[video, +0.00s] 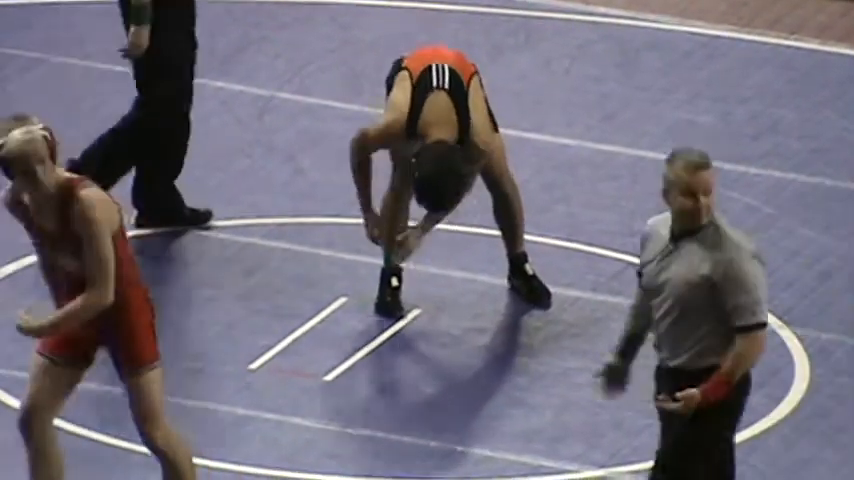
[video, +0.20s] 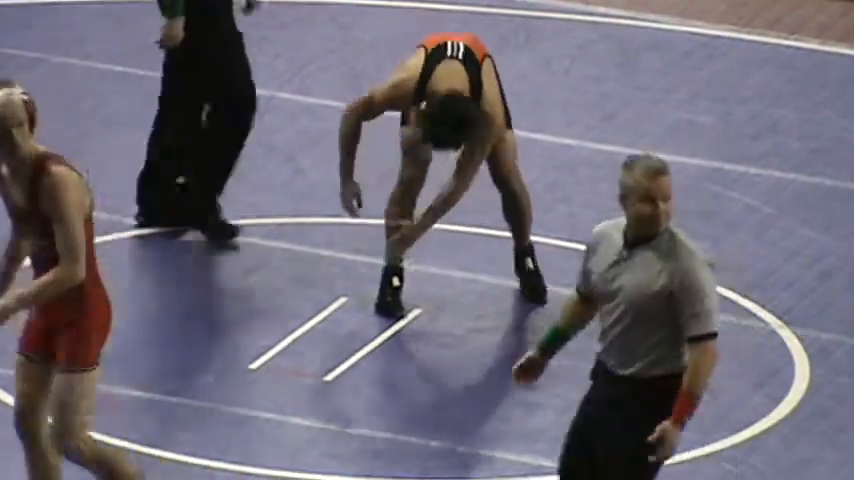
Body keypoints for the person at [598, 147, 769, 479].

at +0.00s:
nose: (701, 205)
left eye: (707, 194)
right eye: (689, 195)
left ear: (715, 191)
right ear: (666, 194)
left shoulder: (734, 255)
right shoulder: (656, 233)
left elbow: (753, 341)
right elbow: (646, 301)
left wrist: (704, 394)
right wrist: (622, 359)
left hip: (714, 384)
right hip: (670, 378)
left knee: (671, 471)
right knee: (705, 470)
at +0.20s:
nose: (660, 211)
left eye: (666, 200)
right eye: (648, 201)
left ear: (673, 199)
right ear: (623, 201)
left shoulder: (686, 264)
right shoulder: (603, 238)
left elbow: (705, 350)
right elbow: (585, 301)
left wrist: (677, 422)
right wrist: (542, 353)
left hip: (654, 393)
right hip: (607, 383)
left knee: (624, 472)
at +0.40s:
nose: (620, 196)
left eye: (626, 186)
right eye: (608, 187)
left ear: (633, 187)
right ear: (583, 187)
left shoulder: (649, 250)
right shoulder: (556, 231)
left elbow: (673, 332)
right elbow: (543, 292)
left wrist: (653, 411)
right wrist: (517, 355)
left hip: (620, 380)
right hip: (564, 372)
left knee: (605, 470)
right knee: (537, 466)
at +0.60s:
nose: (578, 195)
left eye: (583, 186)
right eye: (567, 186)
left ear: (589, 187)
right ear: (539, 188)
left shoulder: (606, 247)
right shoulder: (510, 229)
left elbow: (632, 327)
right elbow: (496, 295)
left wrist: (627, 410)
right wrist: (480, 363)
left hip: (578, 379)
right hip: (518, 372)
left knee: (567, 471)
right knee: (498, 469)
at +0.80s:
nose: (544, 190)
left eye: (549, 180)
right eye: (532, 181)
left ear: (556, 180)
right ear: (504, 181)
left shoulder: (573, 239)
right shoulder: (472, 224)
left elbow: (599, 317)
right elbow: (450, 289)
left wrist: (590, 400)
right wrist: (430, 356)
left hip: (541, 370)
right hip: (482, 362)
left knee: (519, 466)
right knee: (474, 463)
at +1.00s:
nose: (522, 191)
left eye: (525, 182)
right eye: (509, 183)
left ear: (532, 180)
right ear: (479, 181)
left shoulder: (546, 239)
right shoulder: (444, 227)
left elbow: (575, 318)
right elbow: (421, 290)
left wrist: (560, 396)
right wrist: (396, 358)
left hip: (520, 369)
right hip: (460, 364)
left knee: (496, 468)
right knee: (459, 465)